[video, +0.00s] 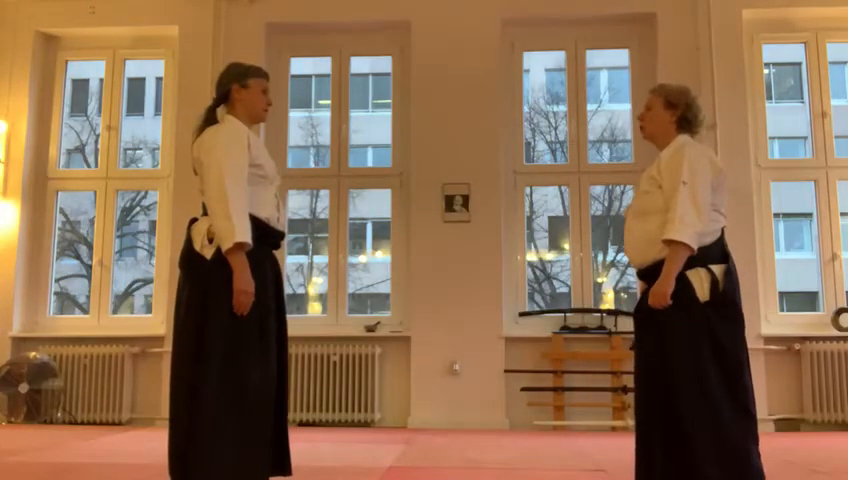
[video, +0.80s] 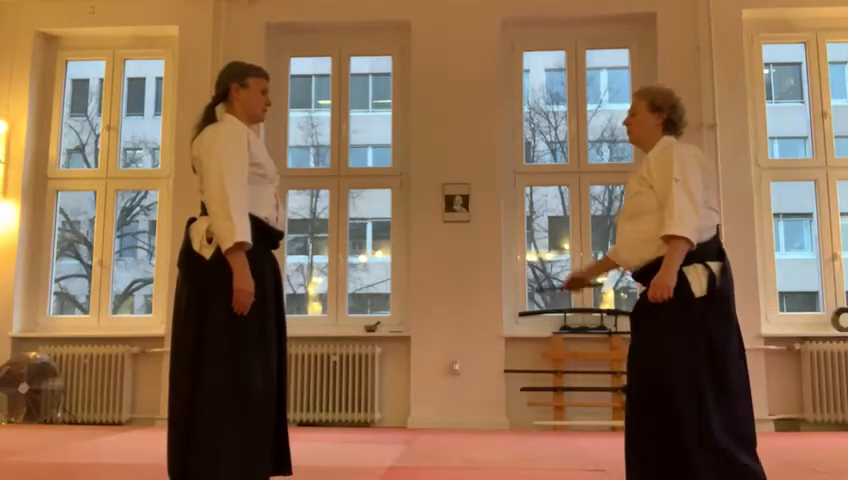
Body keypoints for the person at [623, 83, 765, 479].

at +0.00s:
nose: (641, 117)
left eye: (648, 109)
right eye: (643, 110)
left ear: (672, 113)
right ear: (668, 114)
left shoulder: (688, 152)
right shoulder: (671, 157)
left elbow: (688, 218)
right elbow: (677, 220)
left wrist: (667, 276)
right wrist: (654, 277)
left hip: (689, 282)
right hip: (667, 283)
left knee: (692, 394)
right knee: (668, 394)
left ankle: (703, 475)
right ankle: (676, 474)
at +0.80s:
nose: (626, 120)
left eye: (633, 113)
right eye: (628, 113)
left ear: (659, 119)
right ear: (649, 120)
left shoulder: (675, 152)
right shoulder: (645, 166)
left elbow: (685, 212)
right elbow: (637, 239)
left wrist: (668, 269)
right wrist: (591, 272)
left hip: (688, 279)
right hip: (659, 283)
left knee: (687, 387)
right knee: (653, 388)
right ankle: (661, 472)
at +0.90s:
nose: (622, 120)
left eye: (629, 113)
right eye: (624, 113)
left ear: (654, 116)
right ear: (646, 118)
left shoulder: (673, 152)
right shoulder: (640, 171)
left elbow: (684, 213)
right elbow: (616, 236)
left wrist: (668, 270)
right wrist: (562, 231)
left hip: (684, 282)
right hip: (656, 287)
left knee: (685, 390)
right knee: (645, 391)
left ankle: (694, 472)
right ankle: (653, 473)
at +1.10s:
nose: (612, 117)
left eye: (620, 108)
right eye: (614, 109)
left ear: (646, 112)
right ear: (640, 115)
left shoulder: (665, 149)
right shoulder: (626, 170)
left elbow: (677, 210)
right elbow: (576, 204)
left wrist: (665, 271)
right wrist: (555, 163)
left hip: (667, 281)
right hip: (634, 286)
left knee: (674, 392)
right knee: (636, 394)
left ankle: (688, 472)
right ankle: (640, 473)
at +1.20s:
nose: (605, 114)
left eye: (613, 106)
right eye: (607, 106)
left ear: (639, 109)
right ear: (632, 112)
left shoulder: (664, 151)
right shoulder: (614, 169)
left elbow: (676, 211)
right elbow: (565, 197)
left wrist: (661, 270)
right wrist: (549, 153)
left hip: (662, 281)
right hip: (624, 286)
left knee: (666, 388)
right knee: (615, 384)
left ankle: (682, 471)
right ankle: (631, 470)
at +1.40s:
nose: (580, 110)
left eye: (588, 103)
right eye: (582, 103)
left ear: (615, 108)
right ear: (605, 111)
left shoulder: (645, 153)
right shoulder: (584, 166)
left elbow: (661, 211)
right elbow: (535, 195)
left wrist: (655, 270)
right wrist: (500, 160)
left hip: (646, 280)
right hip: (601, 287)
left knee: (651, 385)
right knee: (570, 379)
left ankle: (667, 471)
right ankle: (570, 471)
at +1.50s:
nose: (563, 113)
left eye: (571, 105)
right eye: (565, 105)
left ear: (597, 110)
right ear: (588, 112)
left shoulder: (631, 157)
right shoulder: (567, 171)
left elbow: (653, 213)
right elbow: (517, 202)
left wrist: (651, 270)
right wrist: (474, 178)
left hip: (634, 281)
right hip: (588, 289)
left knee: (645, 391)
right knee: (559, 385)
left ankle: (660, 474)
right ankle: (551, 473)